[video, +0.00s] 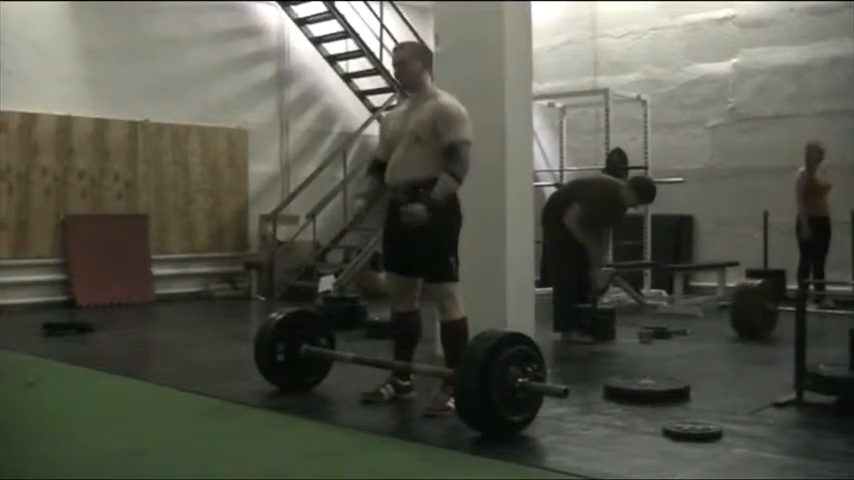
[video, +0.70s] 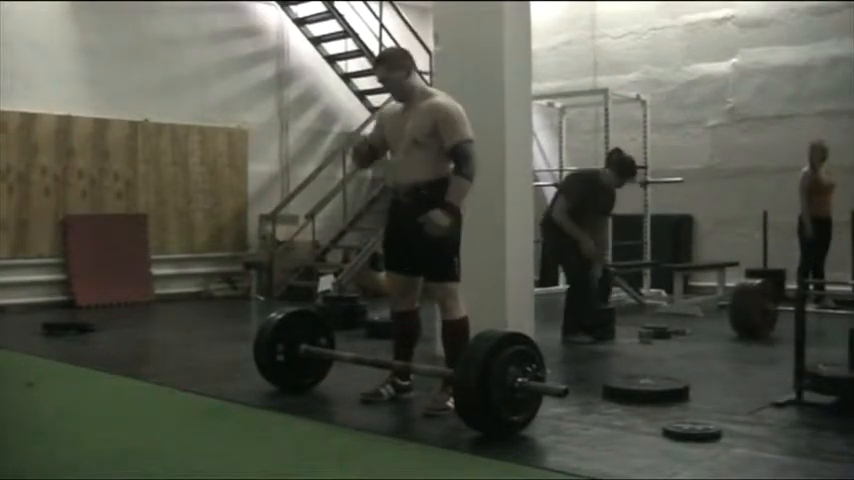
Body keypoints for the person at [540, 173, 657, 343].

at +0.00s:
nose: (635, 204)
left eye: (639, 203)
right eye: (636, 200)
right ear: (633, 192)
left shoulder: (618, 200)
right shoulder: (604, 192)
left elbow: (605, 232)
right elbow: (570, 219)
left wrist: (605, 262)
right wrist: (591, 246)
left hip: (579, 222)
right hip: (558, 220)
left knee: (582, 269)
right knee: (567, 271)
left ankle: (582, 323)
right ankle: (568, 328)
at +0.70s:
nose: (620, 185)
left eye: (624, 181)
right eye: (620, 179)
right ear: (612, 171)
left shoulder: (607, 194)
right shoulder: (580, 180)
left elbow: (601, 228)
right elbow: (557, 213)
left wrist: (602, 258)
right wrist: (583, 239)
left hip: (582, 235)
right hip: (559, 232)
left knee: (588, 277)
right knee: (579, 278)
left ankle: (587, 327)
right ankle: (572, 331)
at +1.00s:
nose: (622, 182)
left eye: (625, 178)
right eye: (622, 176)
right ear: (612, 168)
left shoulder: (606, 191)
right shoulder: (579, 176)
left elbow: (600, 226)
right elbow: (554, 210)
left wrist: (601, 257)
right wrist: (578, 234)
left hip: (584, 237)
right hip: (560, 233)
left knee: (598, 277)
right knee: (581, 277)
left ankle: (591, 326)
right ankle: (573, 330)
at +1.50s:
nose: (625, 176)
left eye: (627, 171)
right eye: (623, 170)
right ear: (609, 161)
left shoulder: (605, 184)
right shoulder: (580, 169)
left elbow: (599, 225)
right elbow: (554, 204)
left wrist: (602, 256)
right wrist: (563, 236)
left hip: (585, 231)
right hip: (564, 229)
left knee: (593, 278)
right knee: (582, 278)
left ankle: (593, 326)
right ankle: (575, 331)